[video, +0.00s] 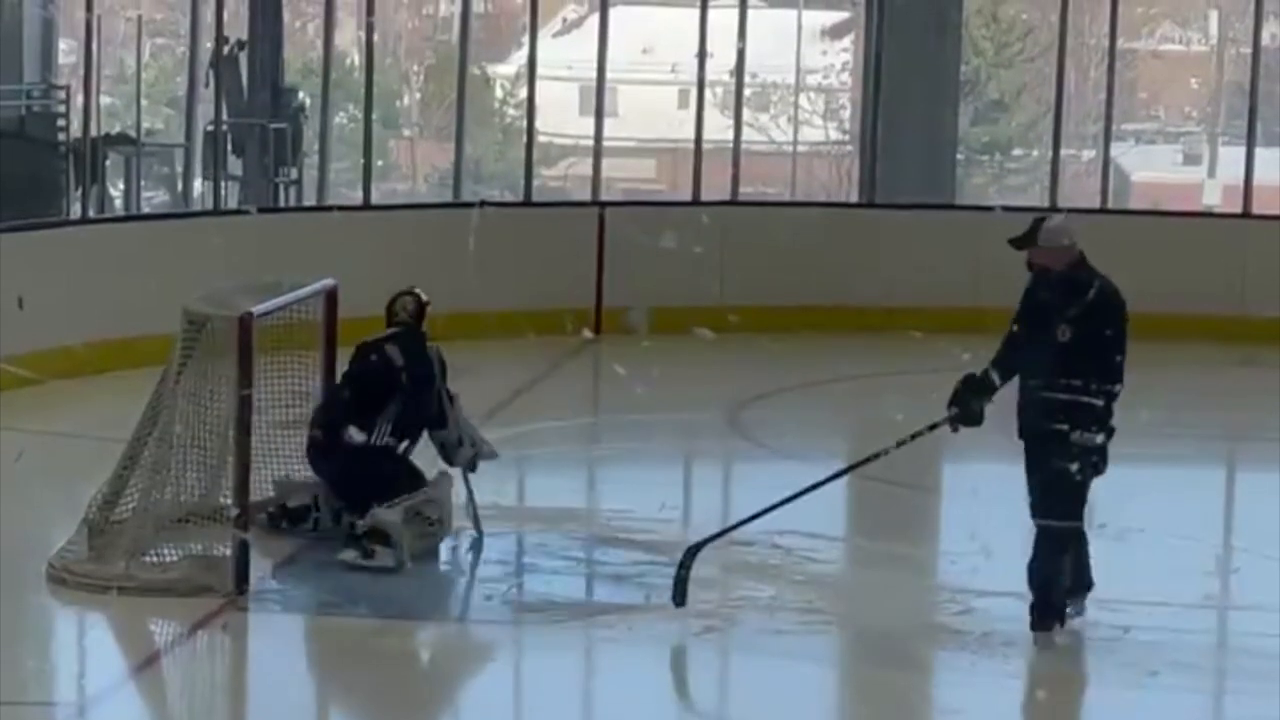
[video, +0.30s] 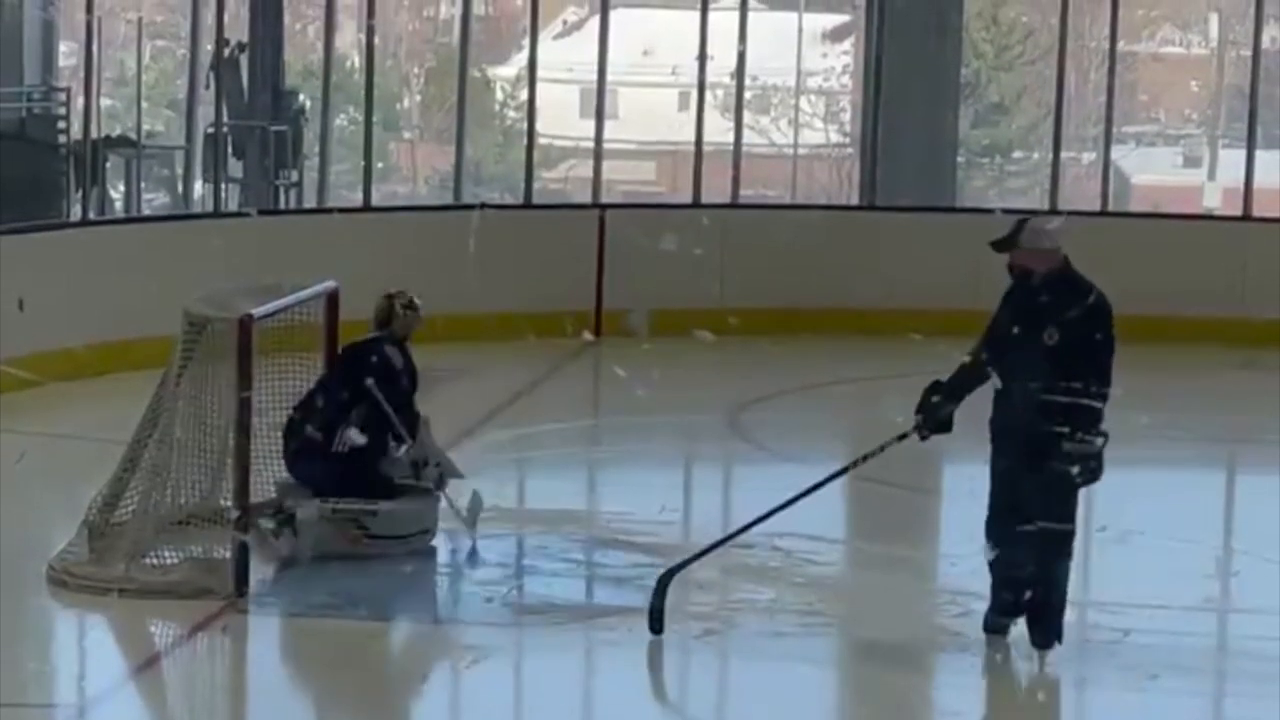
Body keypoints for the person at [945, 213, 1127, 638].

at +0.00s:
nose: (1030, 262)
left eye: (1036, 256)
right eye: (1029, 255)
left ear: (1060, 254)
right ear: (1044, 254)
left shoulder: (1102, 298)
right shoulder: (1040, 287)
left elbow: (1105, 376)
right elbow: (1017, 345)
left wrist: (1090, 437)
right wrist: (983, 386)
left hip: (1077, 425)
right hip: (1038, 422)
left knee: (1056, 519)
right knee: (1054, 511)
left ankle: (1046, 615)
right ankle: (1075, 586)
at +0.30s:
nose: (1010, 264)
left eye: (1016, 256)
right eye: (1009, 256)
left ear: (1041, 256)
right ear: (1027, 255)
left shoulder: (1088, 305)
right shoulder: (1020, 293)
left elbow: (1093, 383)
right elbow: (987, 355)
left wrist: (1083, 441)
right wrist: (947, 395)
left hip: (1058, 440)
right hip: (1011, 435)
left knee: (1052, 535)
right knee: (1005, 527)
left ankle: (1045, 629)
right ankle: (1006, 601)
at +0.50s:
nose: (999, 268)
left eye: (1006, 261)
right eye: (999, 261)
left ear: (1031, 259)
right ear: (1017, 259)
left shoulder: (1080, 309)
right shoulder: (1009, 299)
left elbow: (1084, 387)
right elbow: (979, 361)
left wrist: (1074, 447)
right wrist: (940, 404)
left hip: (1052, 449)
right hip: (1002, 445)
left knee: (1047, 547)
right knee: (993, 540)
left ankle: (1045, 642)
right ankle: (984, 628)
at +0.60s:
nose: (996, 273)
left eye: (1002, 266)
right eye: (996, 266)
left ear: (1028, 265)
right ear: (1011, 265)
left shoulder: (1075, 313)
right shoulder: (1004, 303)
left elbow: (1079, 391)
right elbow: (976, 364)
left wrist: (1066, 454)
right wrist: (937, 408)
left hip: (1048, 454)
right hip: (998, 450)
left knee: (1045, 556)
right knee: (986, 548)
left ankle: (1044, 652)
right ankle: (975, 642)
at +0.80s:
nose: (985, 277)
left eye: (992, 270)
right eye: (985, 270)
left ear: (1018, 266)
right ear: (1000, 269)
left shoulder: (1065, 318)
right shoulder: (995, 311)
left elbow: (1067, 401)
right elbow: (974, 373)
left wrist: (1052, 466)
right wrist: (933, 416)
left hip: (1040, 467)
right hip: (989, 463)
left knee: (1039, 570)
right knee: (974, 560)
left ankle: (1042, 671)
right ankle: (958, 662)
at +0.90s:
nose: (978, 280)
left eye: (984, 272)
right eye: (978, 272)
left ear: (1008, 270)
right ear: (999, 270)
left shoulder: (1056, 318)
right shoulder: (990, 313)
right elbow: (977, 378)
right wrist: (937, 422)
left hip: (1037, 465)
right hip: (985, 460)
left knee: (1036, 565)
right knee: (969, 558)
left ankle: (1040, 664)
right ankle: (954, 656)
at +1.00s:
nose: (970, 281)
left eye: (976, 273)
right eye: (970, 274)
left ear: (1001, 272)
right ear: (989, 273)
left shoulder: (1049, 321)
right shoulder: (986, 314)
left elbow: (1044, 403)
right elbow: (976, 383)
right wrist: (936, 426)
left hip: (1031, 468)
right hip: (980, 463)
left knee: (1030, 569)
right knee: (961, 562)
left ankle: (1035, 671)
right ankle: (945, 663)